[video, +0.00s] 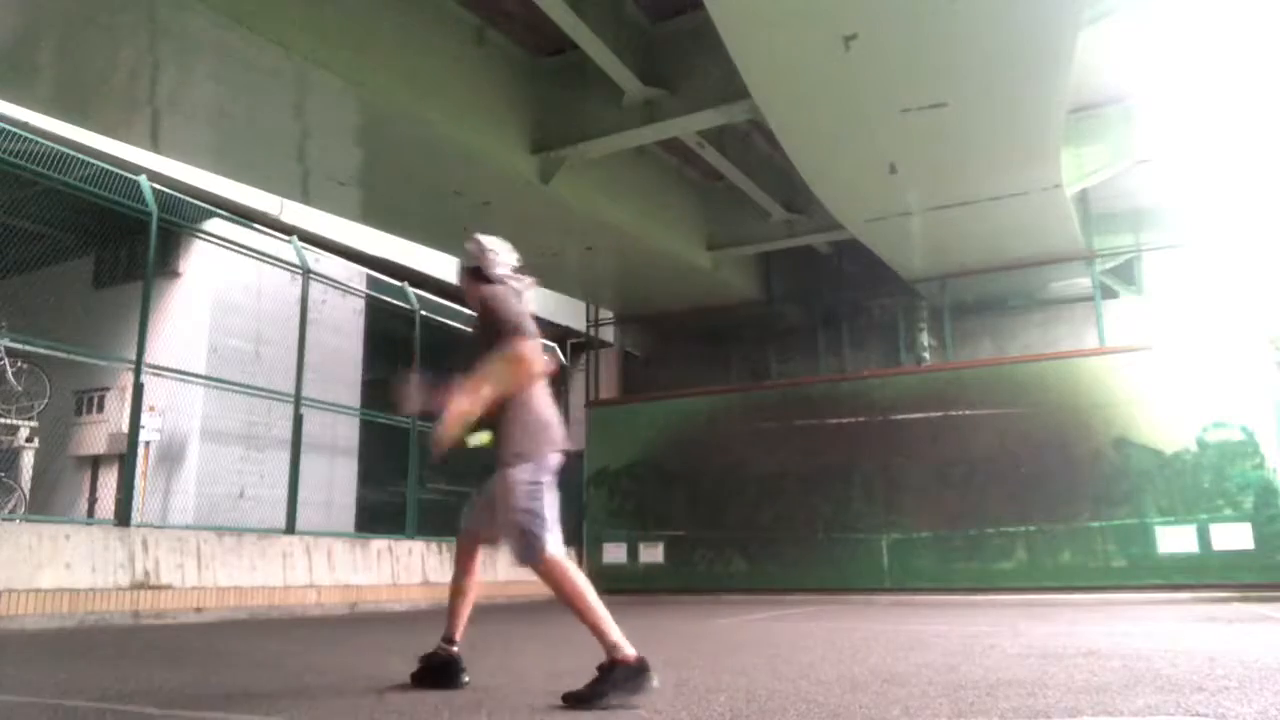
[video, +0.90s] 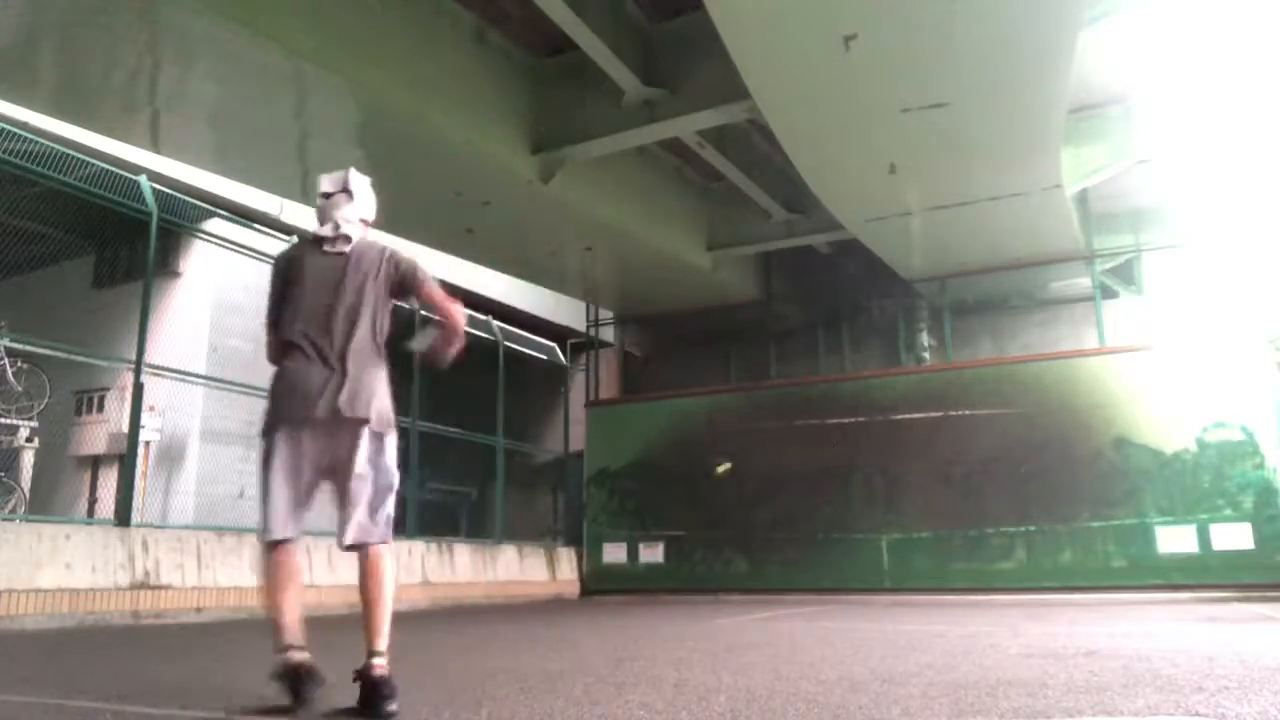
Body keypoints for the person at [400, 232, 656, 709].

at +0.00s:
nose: (463, 287)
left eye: (466, 278)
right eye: (465, 279)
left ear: (478, 277)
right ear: (501, 275)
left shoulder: (500, 299)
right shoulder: (500, 311)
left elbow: (532, 358)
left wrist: (474, 395)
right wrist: (440, 400)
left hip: (532, 450)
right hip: (521, 451)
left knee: (540, 551)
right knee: (470, 536)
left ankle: (625, 659)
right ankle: (447, 654)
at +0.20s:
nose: (434, 250)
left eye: (430, 243)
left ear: (427, 245)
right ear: (470, 245)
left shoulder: (415, 288)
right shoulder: (496, 285)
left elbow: (383, 355)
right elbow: (555, 324)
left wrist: (343, 411)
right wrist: (579, 319)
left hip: (459, 415)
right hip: (504, 417)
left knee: (461, 532)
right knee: (476, 536)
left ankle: (544, 603)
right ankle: (451, 650)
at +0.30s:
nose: (425, 239)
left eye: (419, 232)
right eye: (437, 231)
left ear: (410, 236)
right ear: (453, 233)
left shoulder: (395, 280)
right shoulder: (482, 271)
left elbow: (349, 322)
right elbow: (548, 253)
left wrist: (296, 362)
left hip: (432, 413)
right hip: (480, 413)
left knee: (421, 522)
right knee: (462, 530)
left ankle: (485, 618)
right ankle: (452, 646)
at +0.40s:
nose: (410, 234)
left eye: (407, 226)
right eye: (415, 225)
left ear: (395, 227)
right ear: (438, 225)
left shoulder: (377, 275)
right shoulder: (468, 261)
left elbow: (327, 313)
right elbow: (537, 221)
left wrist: (269, 345)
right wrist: (584, 169)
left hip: (409, 416)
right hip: (462, 415)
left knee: (386, 529)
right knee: (454, 539)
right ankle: (449, 651)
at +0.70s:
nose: (382, 229)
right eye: (387, 220)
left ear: (341, 222)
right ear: (388, 222)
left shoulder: (316, 272)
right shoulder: (407, 259)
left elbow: (288, 355)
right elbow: (487, 276)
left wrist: (297, 405)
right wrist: (521, 231)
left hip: (334, 417)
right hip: (399, 414)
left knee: (327, 546)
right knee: (411, 532)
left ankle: (333, 669)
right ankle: (416, 651)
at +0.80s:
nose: (369, 221)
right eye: (375, 213)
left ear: (330, 211)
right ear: (377, 213)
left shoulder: (302, 260)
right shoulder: (394, 253)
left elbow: (286, 348)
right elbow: (464, 288)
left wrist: (326, 366)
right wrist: (489, 273)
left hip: (315, 407)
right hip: (382, 405)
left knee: (314, 539)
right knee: (388, 529)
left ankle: (326, 668)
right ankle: (393, 645)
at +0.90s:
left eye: (332, 202)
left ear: (321, 211)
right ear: (369, 212)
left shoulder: (289, 259)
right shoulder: (387, 257)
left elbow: (276, 347)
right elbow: (453, 313)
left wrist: (323, 358)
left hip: (295, 405)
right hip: (367, 407)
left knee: (280, 535)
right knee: (374, 539)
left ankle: (294, 654)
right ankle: (377, 671)